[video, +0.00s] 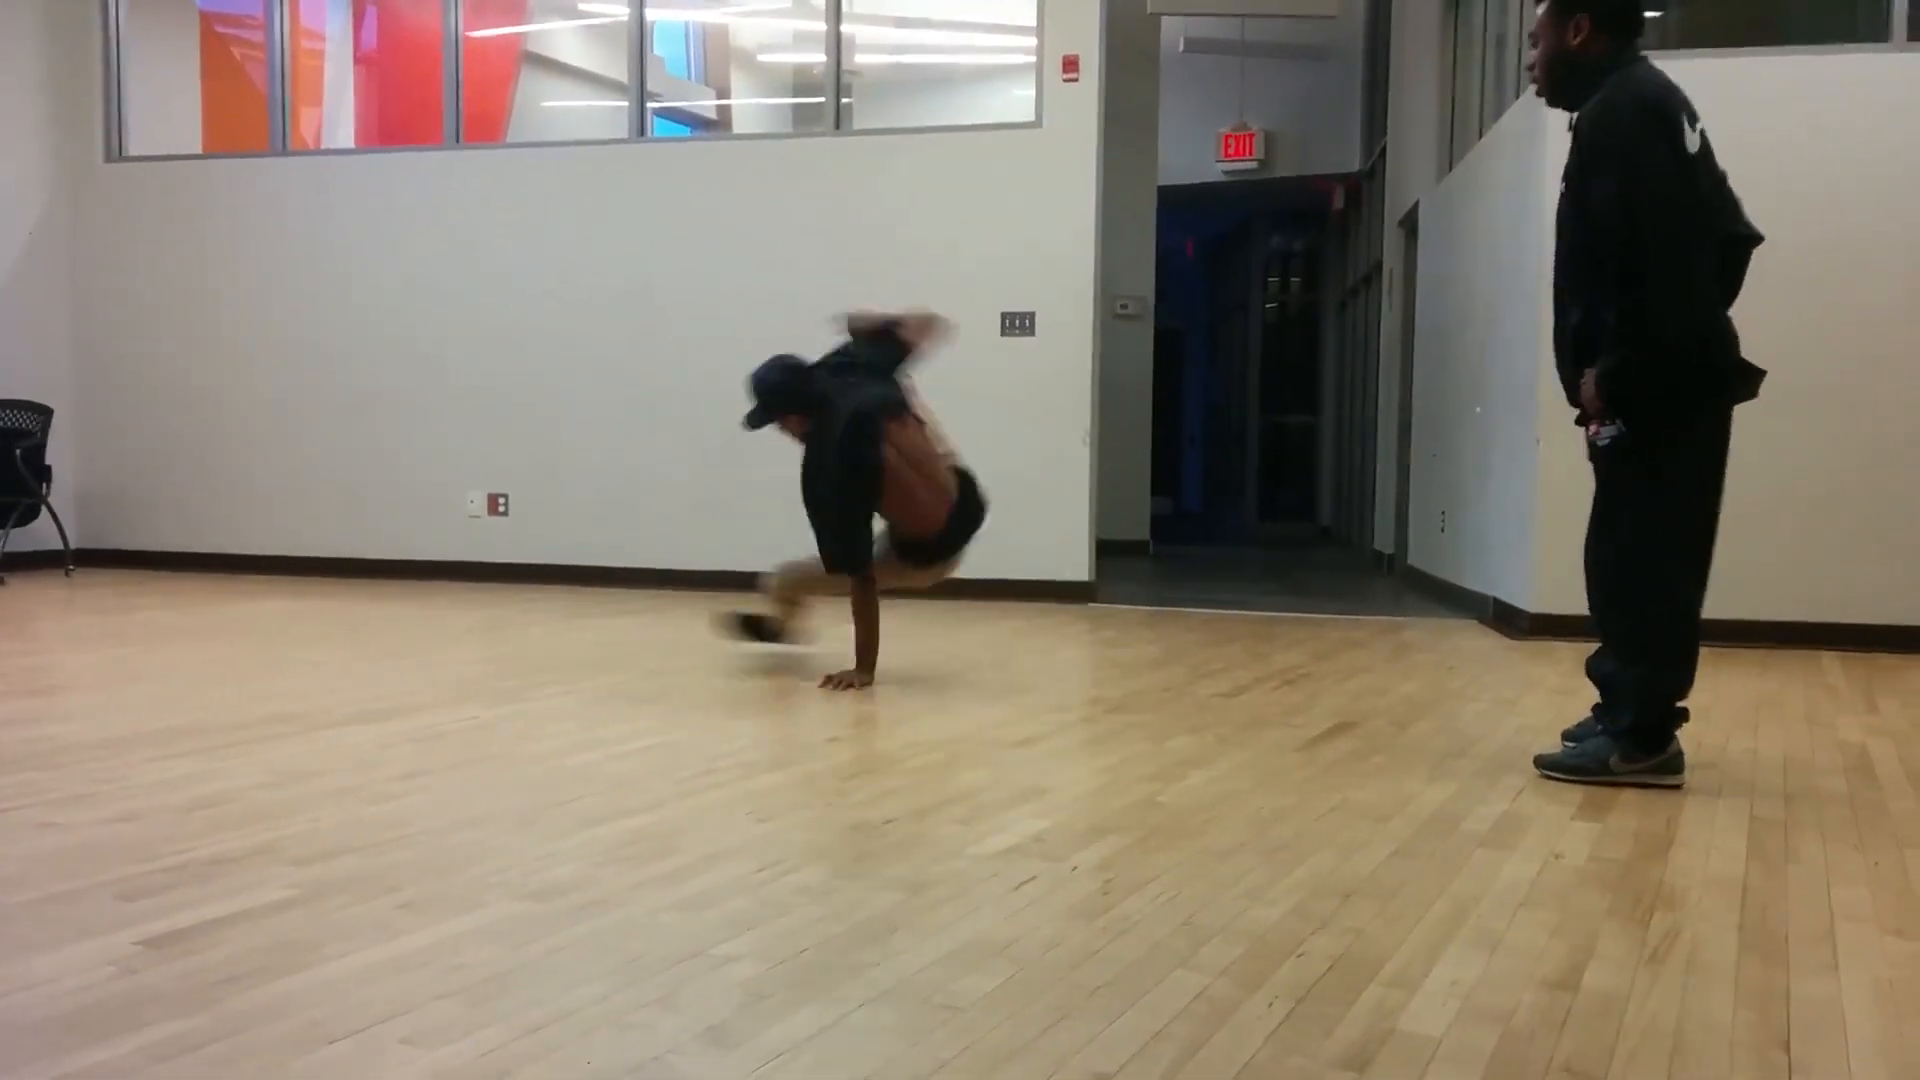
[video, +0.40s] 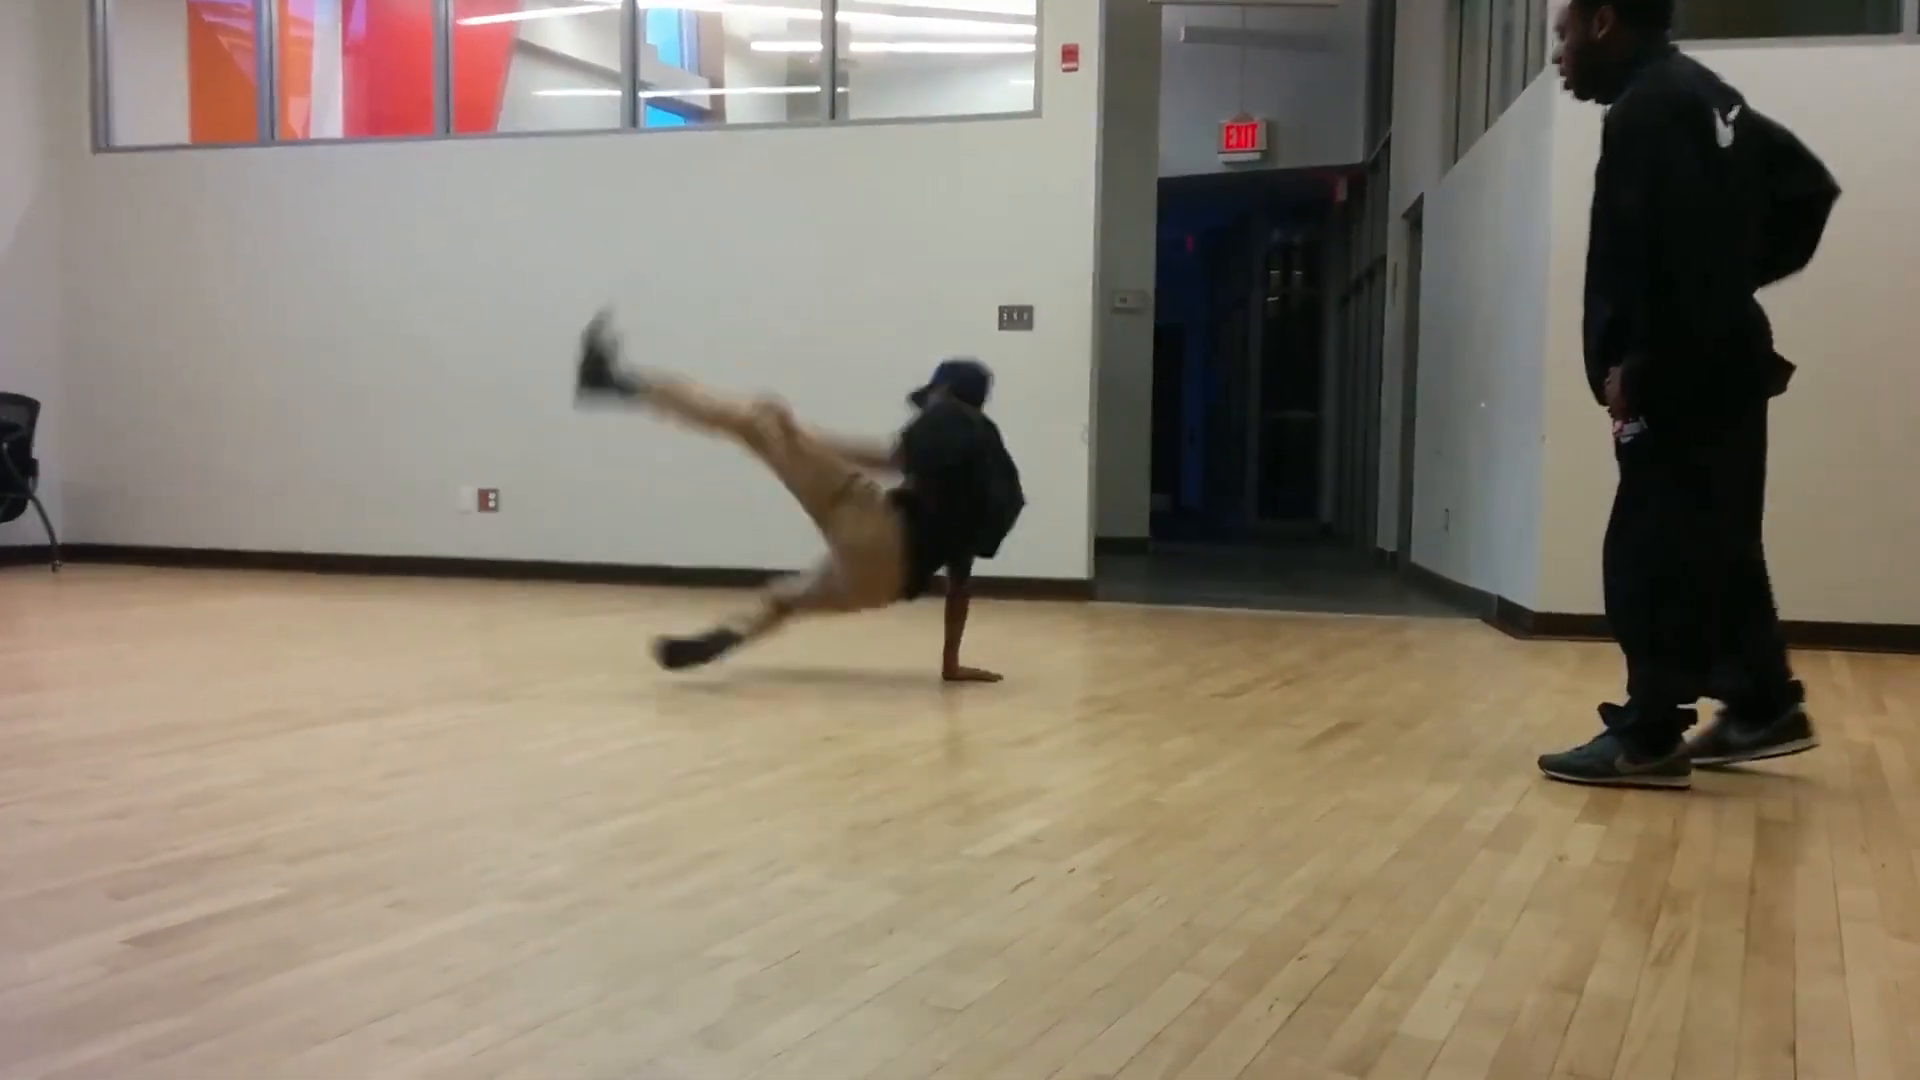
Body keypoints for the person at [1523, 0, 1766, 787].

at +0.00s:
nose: (1529, 60)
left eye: (1537, 39)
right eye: (1530, 42)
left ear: (1583, 35)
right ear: (1594, 37)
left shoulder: (1623, 109)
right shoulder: (1653, 100)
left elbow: (1643, 265)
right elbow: (1731, 236)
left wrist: (1606, 372)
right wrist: (1664, 348)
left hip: (1654, 393)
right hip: (1676, 388)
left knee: (1636, 556)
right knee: (1647, 553)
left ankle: (1639, 735)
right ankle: (1635, 723)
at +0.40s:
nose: (1556, 56)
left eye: (1562, 33)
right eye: (1556, 37)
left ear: (1606, 25)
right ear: (1626, 28)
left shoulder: (1641, 113)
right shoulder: (1707, 97)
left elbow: (1624, 246)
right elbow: (1807, 191)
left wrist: (1617, 360)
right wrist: (1729, 273)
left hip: (1675, 380)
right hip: (1731, 370)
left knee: (1647, 551)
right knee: (1722, 539)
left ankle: (1647, 732)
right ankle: (1765, 707)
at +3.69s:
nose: (1521, 170)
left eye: (1530, 150)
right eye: (1521, 152)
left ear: (1578, 142)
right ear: (1584, 143)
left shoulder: (1622, 222)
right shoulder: (1619, 216)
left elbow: (1648, 361)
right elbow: (1671, 351)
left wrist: (1594, 470)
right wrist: (1578, 463)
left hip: (1644, 490)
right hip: (1626, 488)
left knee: (1637, 654)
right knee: (1616, 650)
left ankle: (1648, 836)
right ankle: (1619, 811)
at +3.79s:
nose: (1524, 175)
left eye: (1532, 155)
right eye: (1522, 157)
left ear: (1580, 146)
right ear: (1583, 147)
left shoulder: (1628, 224)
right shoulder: (1615, 221)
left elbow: (1657, 363)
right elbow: (1623, 363)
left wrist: (1596, 475)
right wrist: (1570, 463)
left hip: (1643, 492)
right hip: (1618, 491)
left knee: (1637, 658)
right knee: (1611, 654)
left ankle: (1647, 841)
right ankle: (1617, 814)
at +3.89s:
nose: (1527, 180)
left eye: (1535, 160)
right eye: (1526, 161)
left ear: (1583, 150)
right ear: (1586, 152)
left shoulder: (1632, 229)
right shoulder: (1618, 227)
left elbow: (1654, 373)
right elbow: (1627, 372)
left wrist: (1592, 481)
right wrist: (1568, 469)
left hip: (1641, 498)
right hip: (1617, 498)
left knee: (1630, 664)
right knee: (1609, 660)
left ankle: (1646, 847)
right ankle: (1615, 821)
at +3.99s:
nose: (1533, 182)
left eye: (1541, 161)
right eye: (1531, 163)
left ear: (1589, 150)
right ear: (1593, 152)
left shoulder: (1641, 228)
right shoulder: (1623, 227)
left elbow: (1658, 376)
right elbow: (1632, 374)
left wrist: (1596, 480)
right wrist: (1575, 470)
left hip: (1643, 500)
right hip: (1619, 499)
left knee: (1632, 666)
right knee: (1611, 662)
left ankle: (1649, 851)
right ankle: (1617, 825)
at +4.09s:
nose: (1538, 181)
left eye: (1546, 161)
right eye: (1536, 163)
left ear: (1596, 148)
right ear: (1599, 150)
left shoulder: (1648, 227)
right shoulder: (1626, 226)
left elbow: (1666, 378)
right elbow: (1631, 374)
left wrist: (1598, 479)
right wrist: (1572, 469)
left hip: (1644, 499)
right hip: (1619, 498)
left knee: (1631, 666)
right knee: (1611, 662)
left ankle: (1653, 857)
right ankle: (1619, 827)